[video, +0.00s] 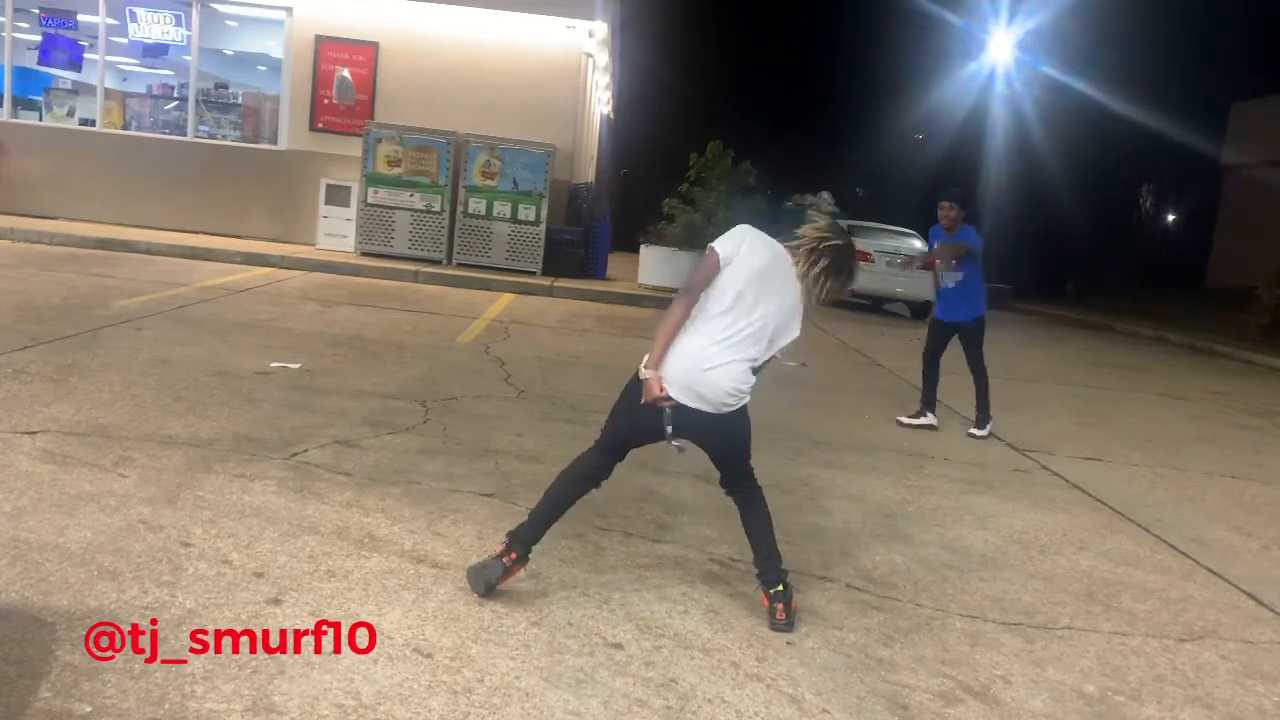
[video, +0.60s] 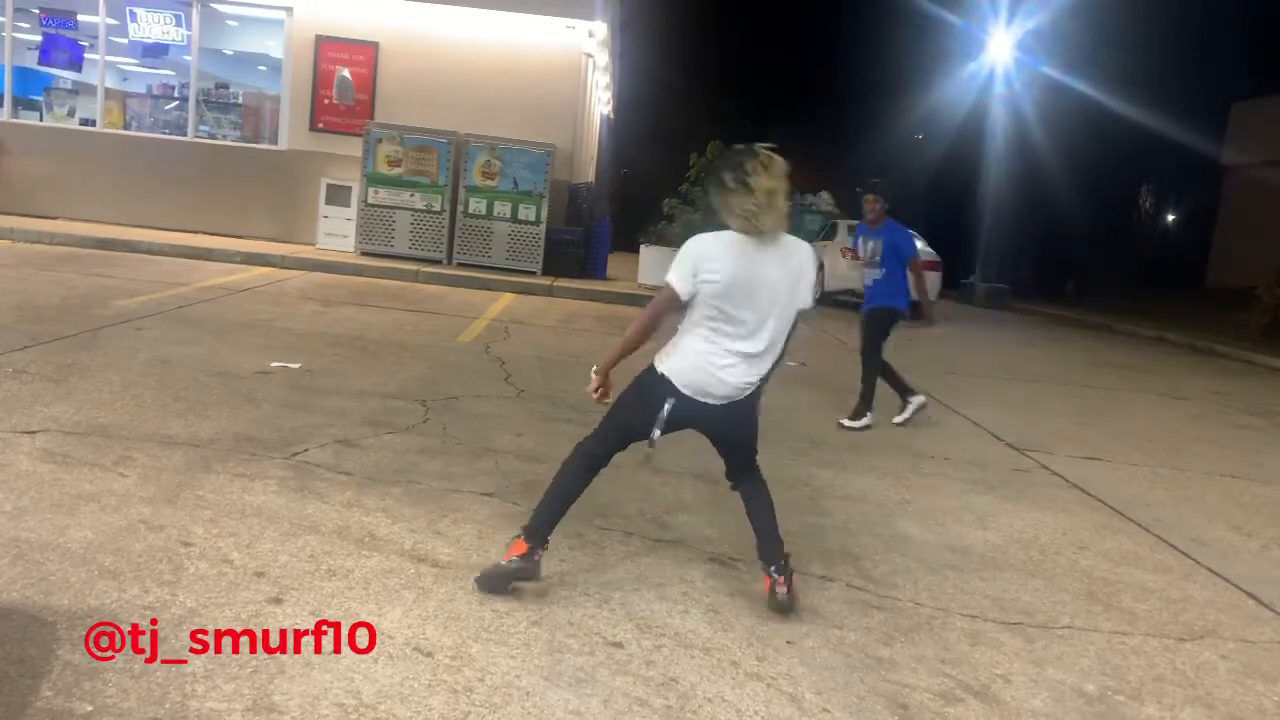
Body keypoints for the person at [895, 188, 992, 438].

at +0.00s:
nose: (946, 214)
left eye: (951, 209)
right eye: (942, 209)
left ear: (962, 213)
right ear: (937, 211)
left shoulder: (970, 235)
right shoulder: (935, 233)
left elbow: (957, 251)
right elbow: (935, 264)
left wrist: (924, 259)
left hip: (970, 313)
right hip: (944, 311)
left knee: (976, 365)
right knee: (930, 357)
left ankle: (983, 419)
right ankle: (927, 411)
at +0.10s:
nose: (936, 212)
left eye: (941, 208)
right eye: (933, 208)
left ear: (951, 211)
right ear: (928, 211)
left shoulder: (961, 235)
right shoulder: (927, 233)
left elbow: (938, 247)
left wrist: (909, 247)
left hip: (962, 311)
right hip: (936, 309)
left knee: (967, 363)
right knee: (923, 356)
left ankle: (982, 418)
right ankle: (926, 411)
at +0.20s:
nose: (925, 209)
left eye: (930, 204)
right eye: (922, 204)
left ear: (940, 209)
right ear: (917, 207)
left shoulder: (949, 232)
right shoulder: (918, 230)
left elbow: (941, 262)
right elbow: (923, 260)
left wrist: (911, 247)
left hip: (949, 308)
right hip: (926, 306)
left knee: (946, 360)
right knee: (918, 358)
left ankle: (976, 411)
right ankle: (925, 411)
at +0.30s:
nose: (908, 205)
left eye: (913, 200)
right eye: (905, 200)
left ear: (923, 203)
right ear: (901, 204)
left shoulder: (935, 231)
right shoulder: (909, 231)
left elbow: (953, 271)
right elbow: (914, 265)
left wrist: (922, 277)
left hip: (933, 303)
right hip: (915, 303)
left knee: (919, 355)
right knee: (916, 355)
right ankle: (924, 409)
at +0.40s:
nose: (899, 206)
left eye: (903, 201)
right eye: (896, 201)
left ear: (913, 204)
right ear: (893, 205)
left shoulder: (929, 231)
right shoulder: (897, 231)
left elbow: (940, 269)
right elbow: (897, 265)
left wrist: (935, 302)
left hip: (920, 302)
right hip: (905, 302)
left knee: (900, 350)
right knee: (916, 356)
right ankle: (926, 410)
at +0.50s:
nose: (882, 210)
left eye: (887, 206)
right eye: (879, 206)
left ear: (896, 209)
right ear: (874, 209)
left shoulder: (910, 235)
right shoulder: (873, 233)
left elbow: (929, 271)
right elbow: (875, 258)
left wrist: (941, 307)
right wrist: (855, 255)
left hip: (905, 305)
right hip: (886, 304)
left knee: (875, 348)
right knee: (901, 360)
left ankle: (864, 411)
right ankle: (923, 409)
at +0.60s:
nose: (870, 207)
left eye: (875, 202)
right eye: (867, 202)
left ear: (885, 206)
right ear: (862, 206)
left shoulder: (898, 233)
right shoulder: (861, 230)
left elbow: (917, 269)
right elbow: (865, 258)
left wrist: (925, 304)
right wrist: (852, 256)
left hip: (891, 301)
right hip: (871, 300)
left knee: (870, 354)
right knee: (870, 355)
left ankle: (863, 411)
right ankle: (910, 396)